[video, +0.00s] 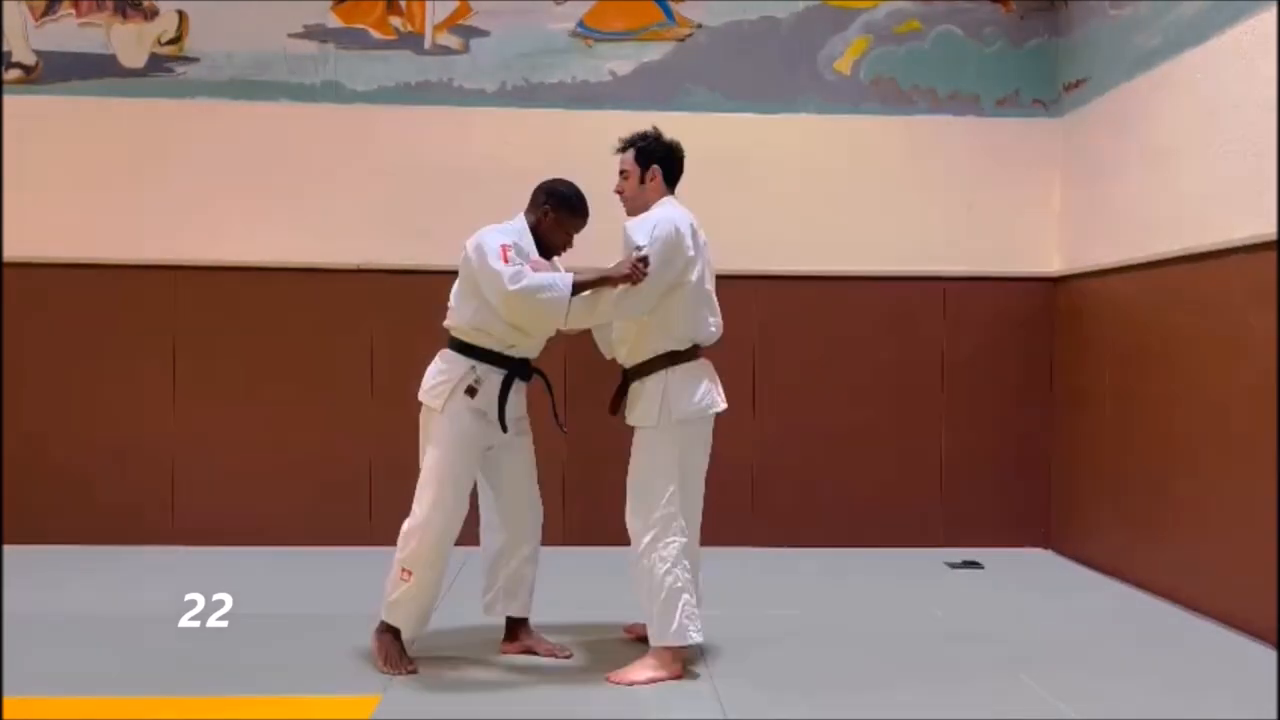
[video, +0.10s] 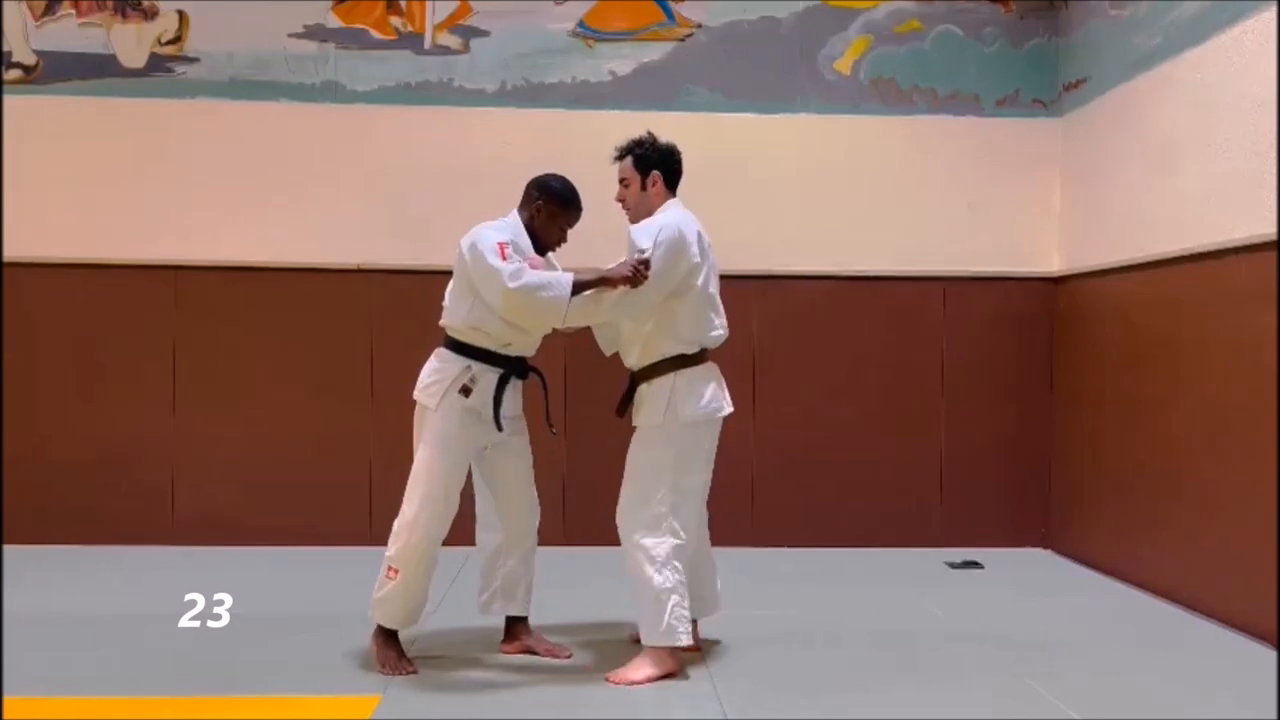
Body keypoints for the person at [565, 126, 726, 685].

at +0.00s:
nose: (616, 186)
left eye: (625, 175)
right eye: (617, 175)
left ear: (654, 176)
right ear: (656, 178)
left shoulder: (660, 225)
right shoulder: (677, 223)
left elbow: (621, 305)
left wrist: (553, 307)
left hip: (671, 389)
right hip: (683, 383)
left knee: (654, 517)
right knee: (669, 511)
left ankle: (670, 649)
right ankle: (670, 620)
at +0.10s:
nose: (618, 196)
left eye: (626, 183)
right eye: (618, 185)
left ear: (656, 182)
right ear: (660, 184)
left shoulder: (662, 229)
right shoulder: (681, 224)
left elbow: (622, 317)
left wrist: (580, 295)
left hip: (676, 390)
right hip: (692, 385)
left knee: (642, 516)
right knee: (682, 511)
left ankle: (664, 645)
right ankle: (687, 630)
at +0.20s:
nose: (615, 199)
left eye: (621, 186)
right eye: (614, 188)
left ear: (652, 184)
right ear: (656, 185)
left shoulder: (663, 230)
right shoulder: (680, 224)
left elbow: (622, 317)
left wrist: (577, 303)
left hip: (679, 392)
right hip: (695, 386)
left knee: (641, 515)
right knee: (684, 512)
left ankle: (644, 647)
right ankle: (685, 627)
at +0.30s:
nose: (614, 193)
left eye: (622, 182)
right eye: (614, 182)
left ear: (652, 182)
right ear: (656, 184)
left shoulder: (664, 230)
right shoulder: (677, 227)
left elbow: (622, 307)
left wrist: (558, 313)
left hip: (676, 392)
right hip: (694, 386)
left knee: (647, 518)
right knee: (684, 513)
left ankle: (647, 651)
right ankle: (685, 628)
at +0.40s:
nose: (628, 186)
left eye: (637, 175)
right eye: (629, 175)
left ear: (666, 178)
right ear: (666, 180)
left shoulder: (678, 222)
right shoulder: (663, 231)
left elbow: (653, 275)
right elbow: (613, 316)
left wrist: (560, 268)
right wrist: (578, 280)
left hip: (679, 389)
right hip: (679, 387)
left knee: (649, 516)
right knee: (670, 513)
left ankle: (649, 650)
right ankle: (669, 630)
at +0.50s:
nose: (641, 182)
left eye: (648, 172)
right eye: (642, 172)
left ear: (678, 175)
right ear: (683, 178)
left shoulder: (678, 218)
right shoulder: (680, 226)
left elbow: (601, 229)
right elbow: (606, 262)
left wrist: (556, 203)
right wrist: (573, 221)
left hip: (678, 391)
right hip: (683, 388)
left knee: (651, 517)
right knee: (669, 516)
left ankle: (651, 646)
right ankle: (672, 629)